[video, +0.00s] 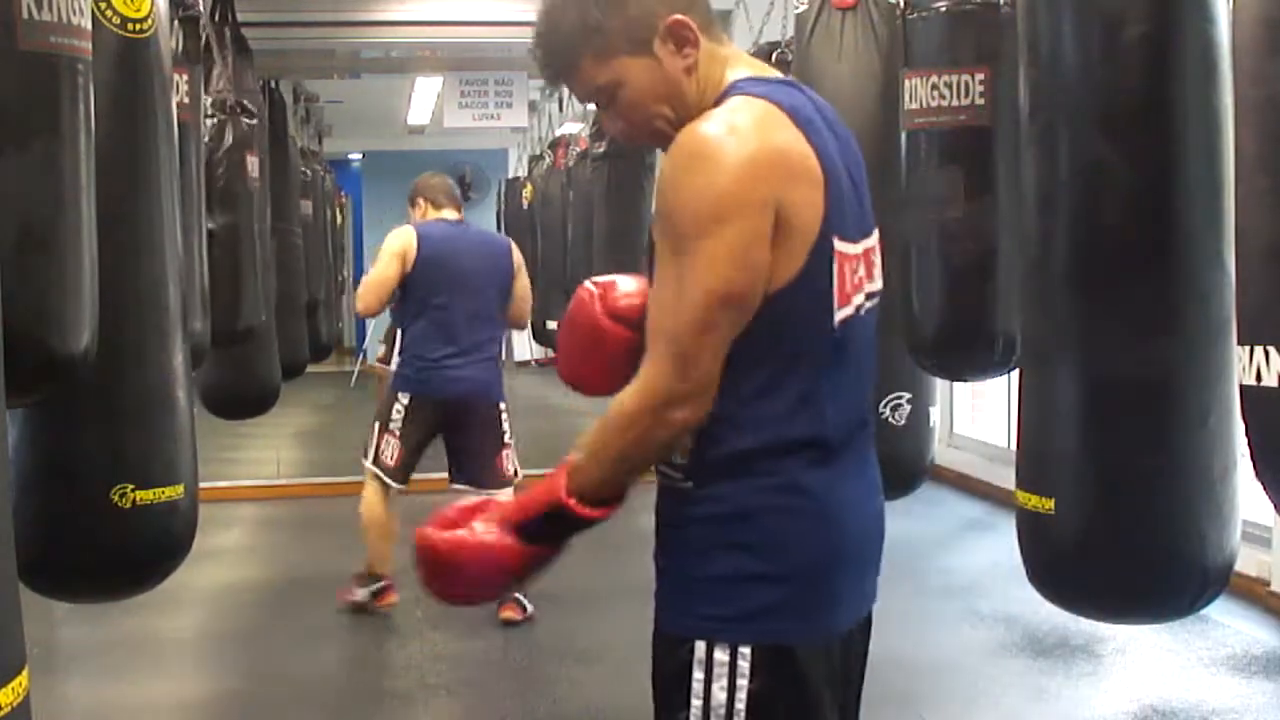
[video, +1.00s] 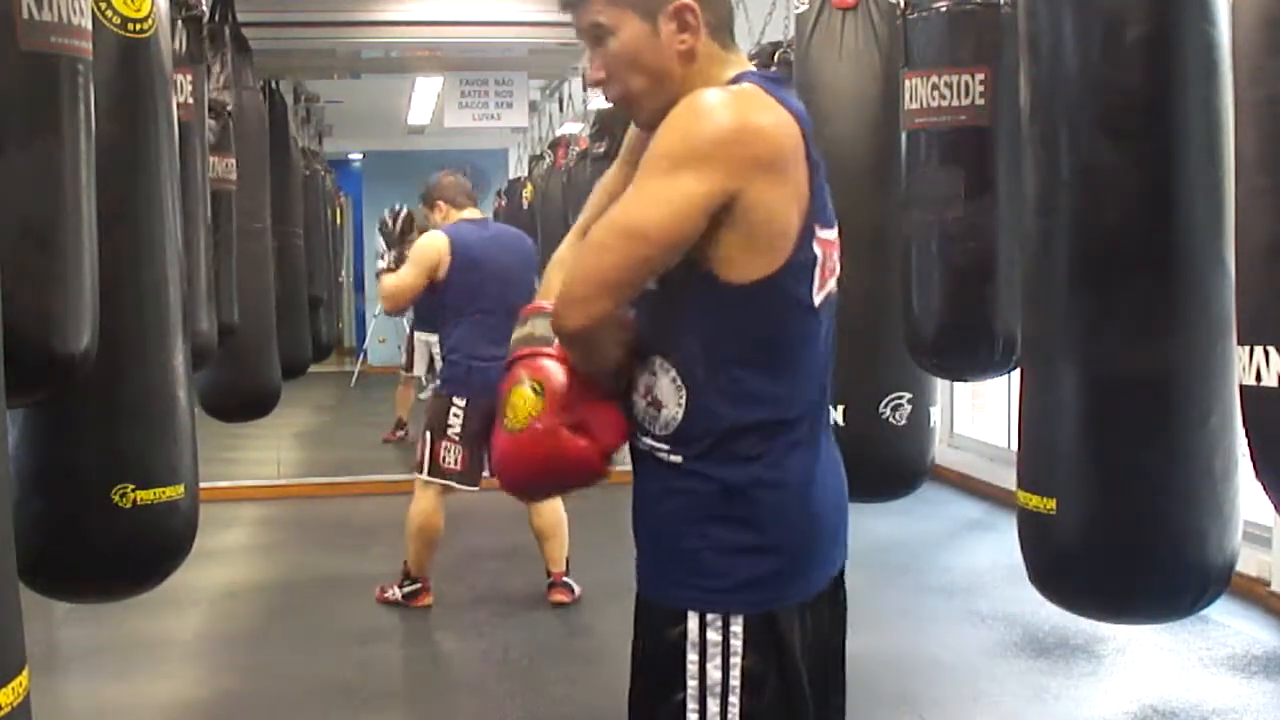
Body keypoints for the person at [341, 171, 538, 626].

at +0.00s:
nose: (411, 216)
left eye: (411, 211)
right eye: (412, 211)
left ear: (422, 206)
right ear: (460, 207)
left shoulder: (406, 239)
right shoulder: (505, 247)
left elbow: (366, 305)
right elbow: (520, 315)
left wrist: (383, 271)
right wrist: (476, 294)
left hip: (418, 390)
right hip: (481, 392)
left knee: (377, 487)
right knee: (499, 494)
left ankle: (378, 581)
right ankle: (510, 593)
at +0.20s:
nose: (390, 227)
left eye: (389, 220)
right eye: (389, 221)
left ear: (402, 212)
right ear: (438, 207)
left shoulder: (394, 246)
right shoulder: (493, 240)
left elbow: (356, 306)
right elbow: (523, 303)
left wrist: (369, 269)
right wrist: (476, 298)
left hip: (432, 392)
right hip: (493, 390)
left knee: (400, 494)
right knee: (512, 490)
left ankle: (409, 591)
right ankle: (512, 594)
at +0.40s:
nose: (388, 226)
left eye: (386, 221)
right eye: (386, 222)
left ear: (397, 213)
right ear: (434, 205)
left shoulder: (392, 247)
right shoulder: (490, 234)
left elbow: (364, 319)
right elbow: (518, 293)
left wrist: (373, 267)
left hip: (431, 384)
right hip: (493, 380)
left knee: (407, 490)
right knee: (522, 477)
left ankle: (410, 592)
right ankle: (532, 560)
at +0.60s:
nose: (427, 218)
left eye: (428, 211)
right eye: (428, 212)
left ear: (439, 207)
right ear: (476, 205)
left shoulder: (427, 243)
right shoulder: (521, 245)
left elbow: (387, 307)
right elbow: (539, 308)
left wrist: (393, 269)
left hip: (450, 393)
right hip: (509, 392)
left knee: (411, 492)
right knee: (532, 489)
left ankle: (410, 590)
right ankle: (558, 581)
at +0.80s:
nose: (449, 218)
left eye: (448, 212)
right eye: (447, 213)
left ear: (460, 207)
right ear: (495, 205)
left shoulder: (454, 237)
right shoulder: (536, 246)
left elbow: (429, 310)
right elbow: (532, 309)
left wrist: (415, 287)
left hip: (467, 379)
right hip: (525, 378)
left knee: (411, 472)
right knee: (538, 480)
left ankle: (408, 573)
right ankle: (560, 580)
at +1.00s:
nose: (430, 221)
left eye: (429, 215)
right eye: (429, 215)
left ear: (441, 208)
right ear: (476, 203)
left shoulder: (438, 243)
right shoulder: (522, 242)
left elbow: (392, 298)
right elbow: (527, 303)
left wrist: (392, 263)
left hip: (463, 379)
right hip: (520, 376)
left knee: (430, 484)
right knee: (540, 479)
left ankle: (415, 581)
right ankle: (559, 577)